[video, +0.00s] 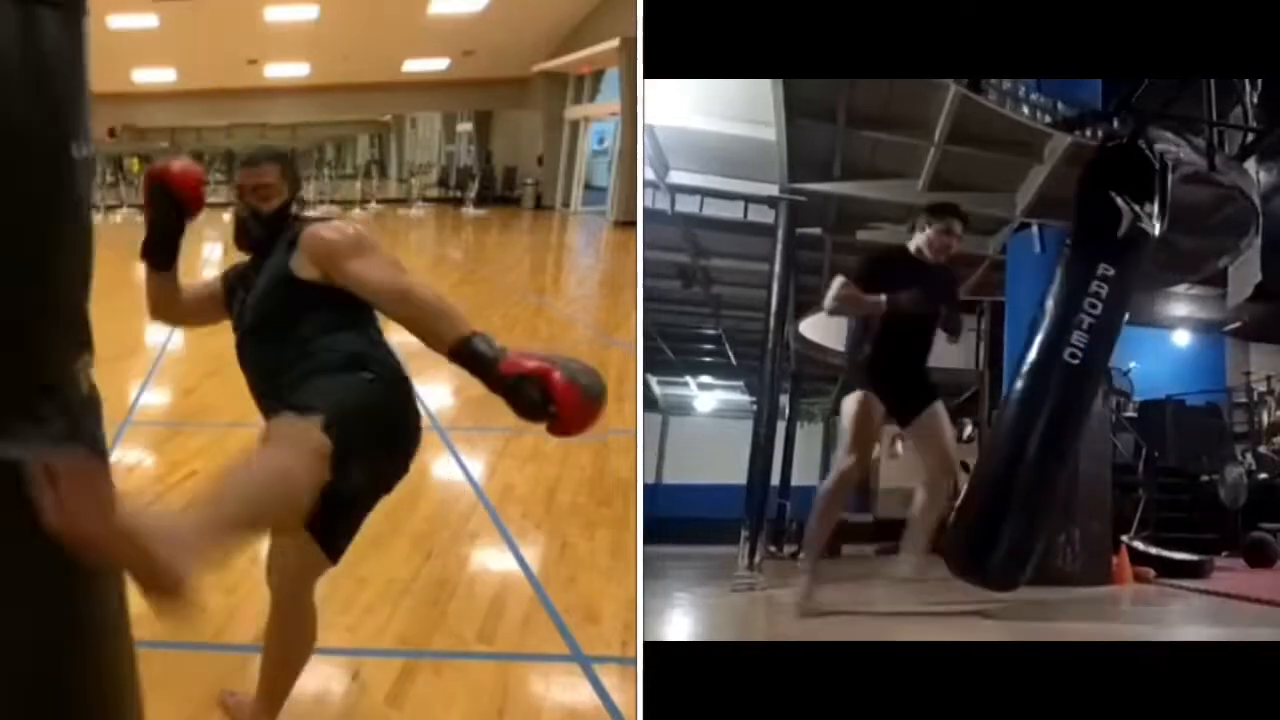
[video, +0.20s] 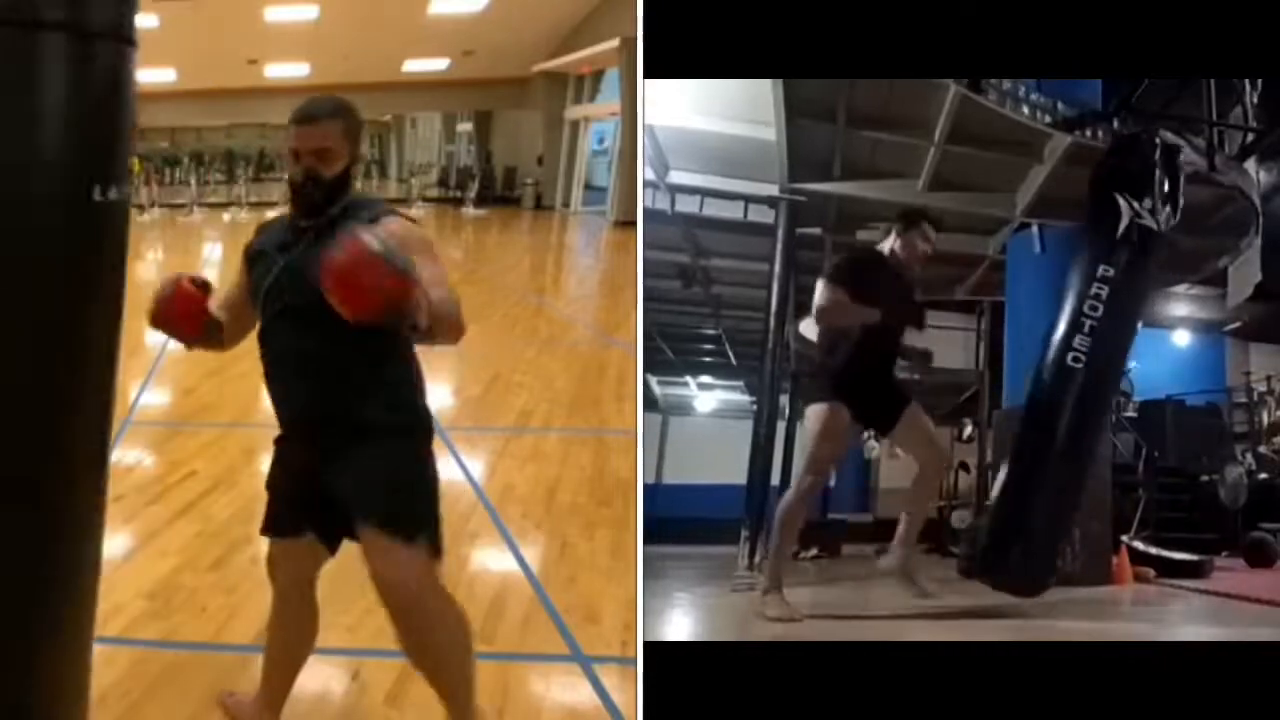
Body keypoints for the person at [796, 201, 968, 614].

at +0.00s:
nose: (949, 243)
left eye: (955, 238)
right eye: (944, 233)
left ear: (957, 243)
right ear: (921, 229)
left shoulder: (944, 279)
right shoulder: (884, 261)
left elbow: (953, 330)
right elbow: (834, 301)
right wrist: (888, 302)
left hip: (913, 382)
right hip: (868, 376)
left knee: (943, 478)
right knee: (852, 463)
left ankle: (908, 569)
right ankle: (806, 569)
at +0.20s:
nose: (925, 254)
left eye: (929, 247)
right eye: (921, 243)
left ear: (919, 249)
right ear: (896, 236)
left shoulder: (904, 285)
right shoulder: (855, 263)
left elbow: (888, 338)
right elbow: (824, 310)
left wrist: (914, 352)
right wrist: (877, 315)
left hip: (878, 386)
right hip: (836, 381)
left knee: (934, 460)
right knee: (811, 479)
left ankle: (901, 554)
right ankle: (771, 588)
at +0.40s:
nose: (914, 240)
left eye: (918, 236)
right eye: (910, 230)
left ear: (914, 240)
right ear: (886, 221)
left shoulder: (902, 271)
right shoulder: (848, 238)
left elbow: (914, 324)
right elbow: (838, 267)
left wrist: (921, 328)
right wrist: (893, 275)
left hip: (878, 379)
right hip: (829, 374)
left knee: (913, 478)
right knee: (800, 476)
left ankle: (919, 576)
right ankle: (772, 590)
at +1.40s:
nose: (945, 273)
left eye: (950, 268)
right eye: (941, 263)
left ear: (946, 270)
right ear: (918, 255)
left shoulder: (928, 300)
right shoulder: (880, 277)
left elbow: (932, 360)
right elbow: (864, 316)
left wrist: (947, 329)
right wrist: (918, 299)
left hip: (896, 401)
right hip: (854, 395)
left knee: (930, 487)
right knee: (833, 490)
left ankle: (953, 581)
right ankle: (785, 583)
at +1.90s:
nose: (1003, 287)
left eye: (1007, 281)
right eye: (999, 278)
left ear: (1006, 280)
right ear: (980, 269)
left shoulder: (992, 308)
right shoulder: (940, 285)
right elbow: (918, 332)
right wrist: (969, 316)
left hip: (946, 404)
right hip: (904, 397)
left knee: (991, 480)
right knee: (883, 485)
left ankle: (997, 577)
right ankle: (827, 586)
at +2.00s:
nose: (1029, 308)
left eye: (1033, 300)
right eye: (1027, 297)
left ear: (1013, 294)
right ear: (1005, 286)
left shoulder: (1000, 321)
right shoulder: (967, 296)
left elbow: (987, 365)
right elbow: (970, 347)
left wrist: (1010, 355)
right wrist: (1013, 340)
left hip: (962, 418)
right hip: (921, 410)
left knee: (1015, 483)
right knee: (890, 496)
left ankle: (1017, 581)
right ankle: (820, 589)